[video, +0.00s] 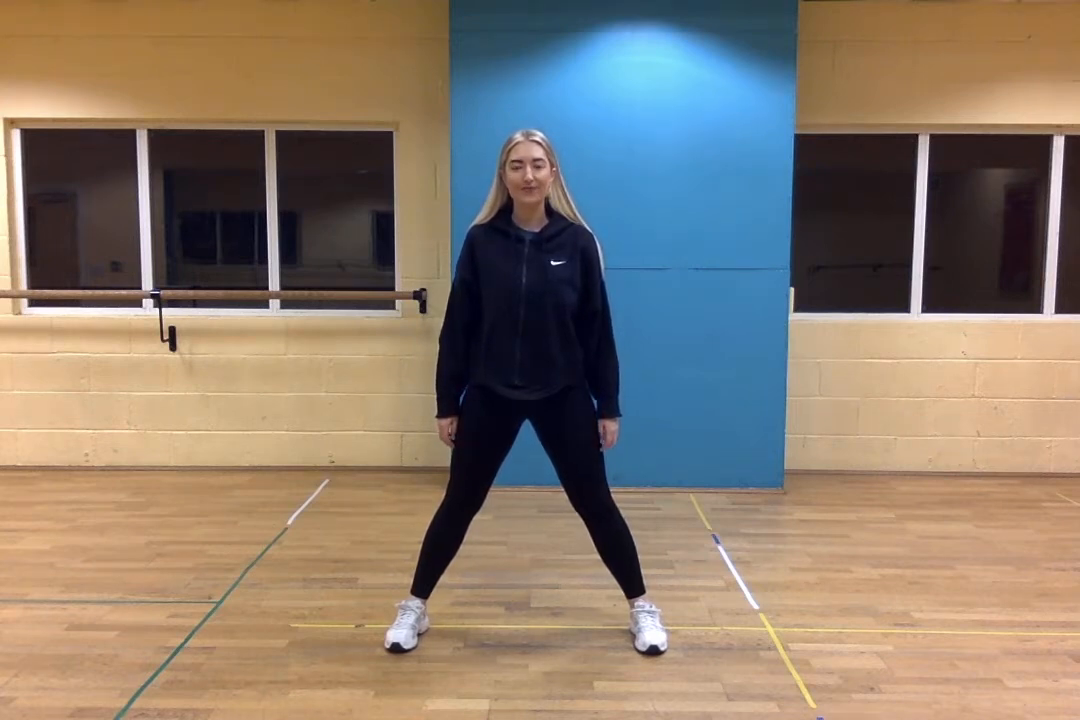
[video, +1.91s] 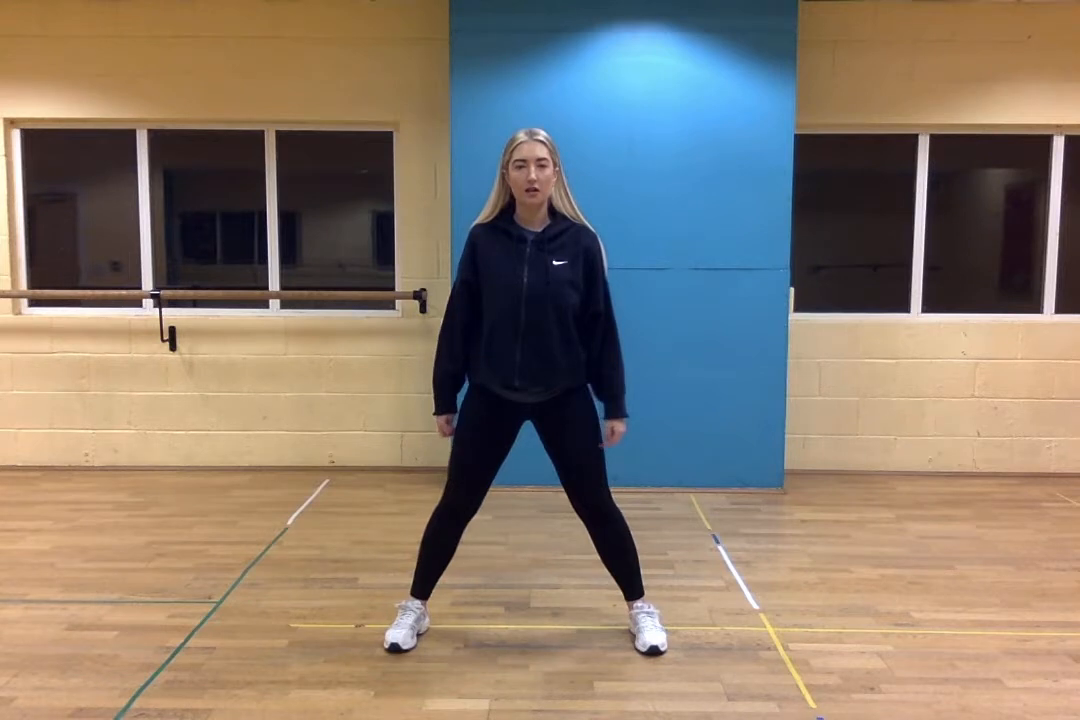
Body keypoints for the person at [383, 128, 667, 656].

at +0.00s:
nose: (528, 173)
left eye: (537, 164)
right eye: (517, 165)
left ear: (553, 172)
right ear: (504, 175)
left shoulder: (578, 240)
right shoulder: (482, 238)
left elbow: (597, 325)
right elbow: (458, 321)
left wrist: (608, 405)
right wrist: (448, 402)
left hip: (563, 394)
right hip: (491, 393)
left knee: (595, 503)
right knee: (460, 501)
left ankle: (641, 607)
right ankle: (414, 606)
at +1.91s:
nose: (532, 173)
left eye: (542, 164)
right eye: (521, 164)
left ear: (556, 173)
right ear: (507, 174)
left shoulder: (581, 240)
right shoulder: (484, 237)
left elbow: (600, 323)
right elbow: (459, 317)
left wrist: (614, 403)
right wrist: (445, 396)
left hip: (564, 394)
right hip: (493, 393)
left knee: (595, 503)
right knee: (457, 502)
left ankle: (640, 609)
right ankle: (414, 607)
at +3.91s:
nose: (547, 184)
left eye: (556, 174)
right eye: (536, 176)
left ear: (571, 184)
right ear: (522, 188)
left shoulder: (598, 248)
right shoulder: (501, 252)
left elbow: (619, 329)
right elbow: (483, 331)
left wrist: (617, 403)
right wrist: (486, 406)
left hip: (592, 401)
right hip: (520, 403)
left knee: (630, 511)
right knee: (468, 508)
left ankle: (635, 611)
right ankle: (417, 607)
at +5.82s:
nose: (546, 185)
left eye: (555, 175)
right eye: (535, 177)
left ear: (570, 184)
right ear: (521, 188)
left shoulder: (596, 251)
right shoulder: (500, 253)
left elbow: (620, 334)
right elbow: (477, 331)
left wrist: (631, 413)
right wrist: (472, 404)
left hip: (589, 403)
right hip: (517, 403)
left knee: (626, 512)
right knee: (464, 508)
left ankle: (636, 611)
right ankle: (417, 607)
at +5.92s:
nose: (550, 193)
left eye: (558, 183)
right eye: (538, 185)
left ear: (574, 192)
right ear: (525, 197)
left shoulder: (602, 258)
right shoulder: (505, 261)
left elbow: (630, 339)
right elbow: (485, 337)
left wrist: (647, 416)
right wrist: (486, 406)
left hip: (590, 412)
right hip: (517, 411)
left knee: (630, 516)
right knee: (459, 510)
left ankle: (637, 611)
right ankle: (416, 607)